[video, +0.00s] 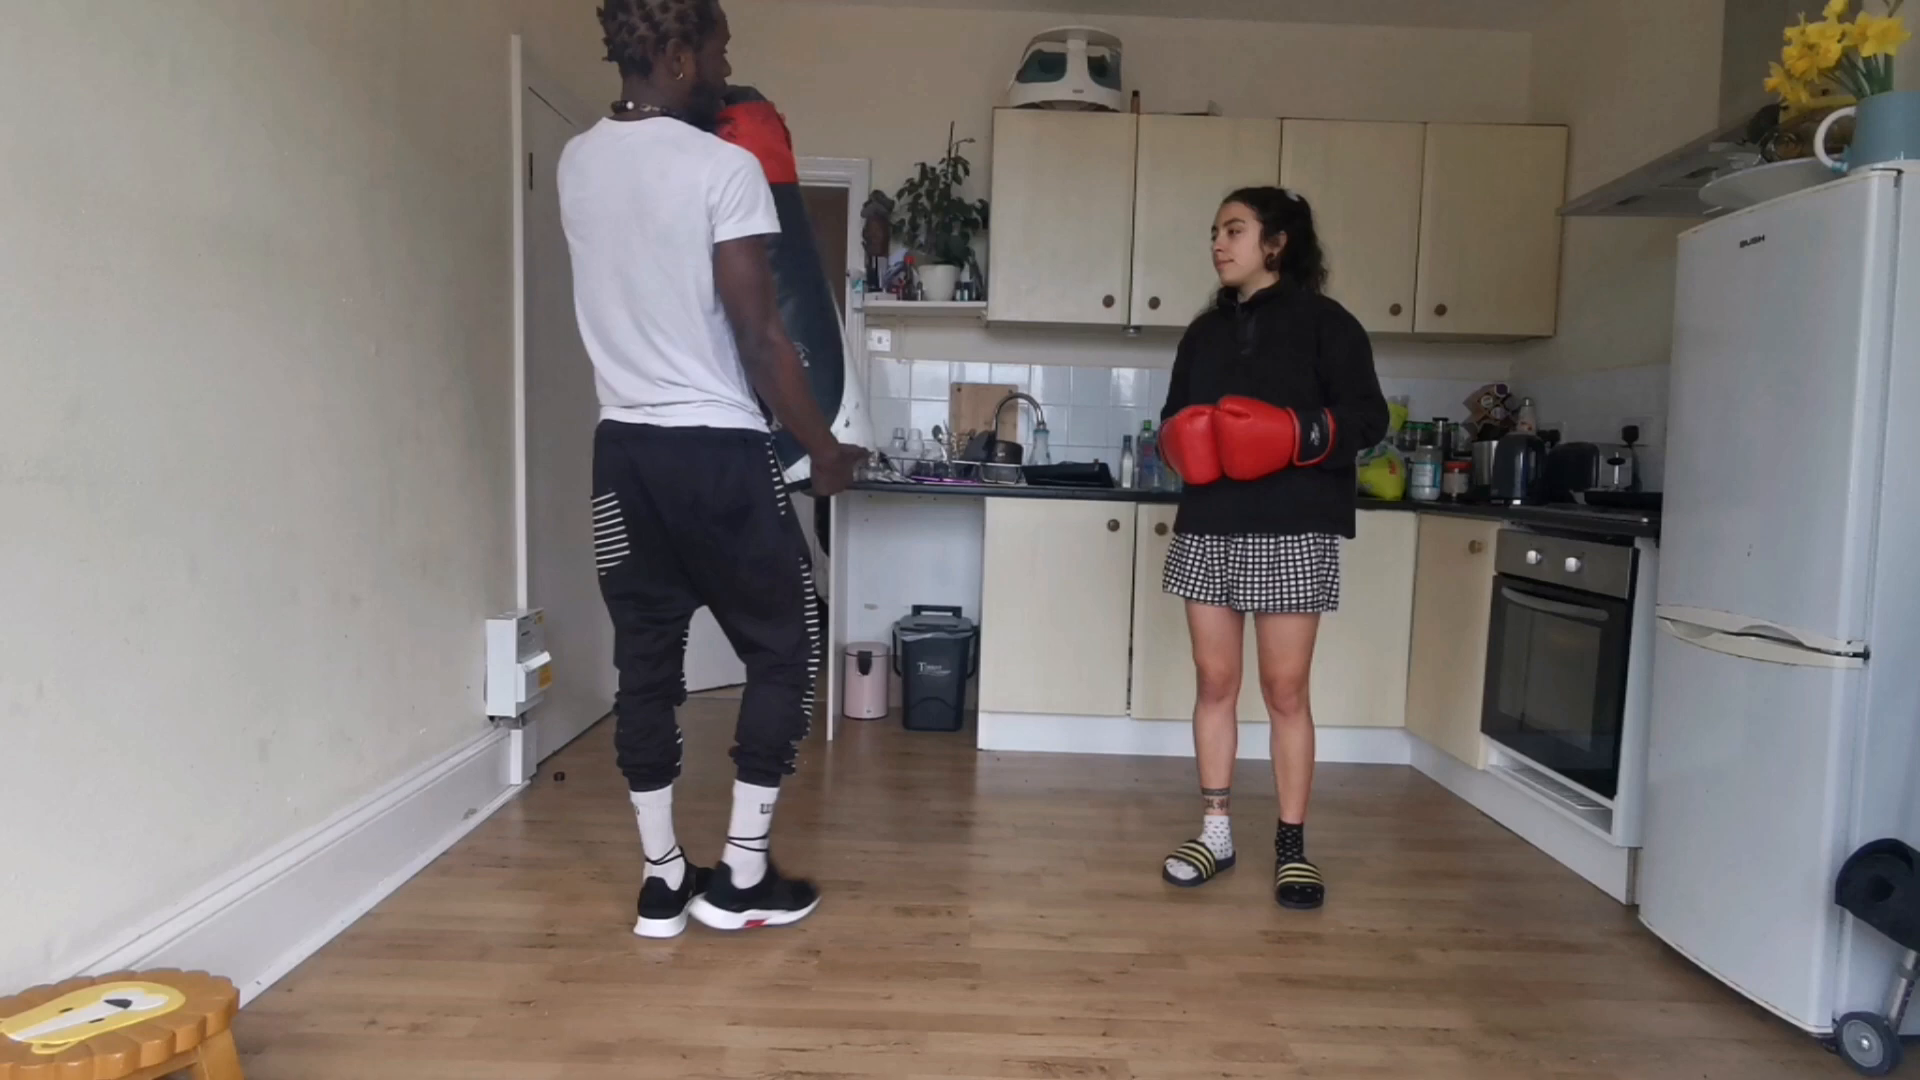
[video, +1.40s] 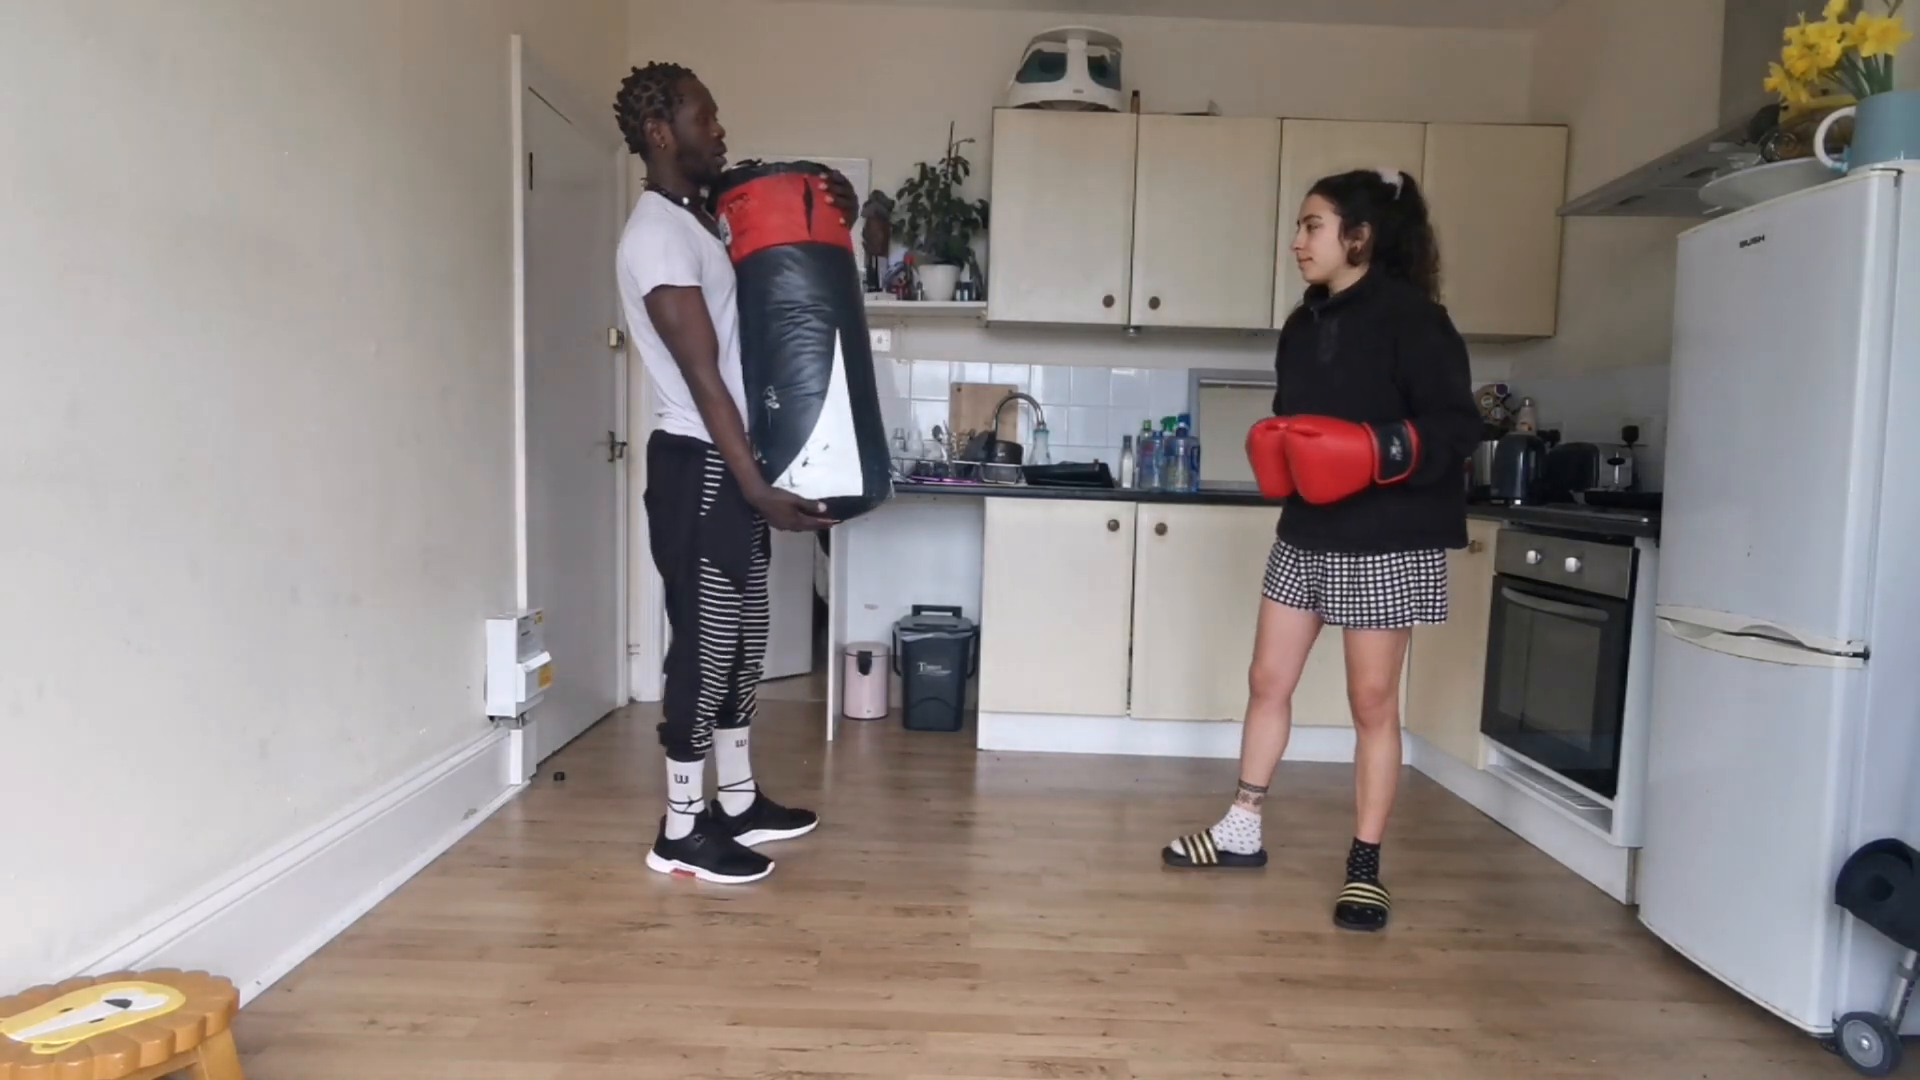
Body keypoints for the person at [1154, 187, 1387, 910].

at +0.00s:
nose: (1217, 244)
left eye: (1232, 231)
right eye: (1216, 233)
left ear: (1277, 242)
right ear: (1224, 245)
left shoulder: (1327, 323)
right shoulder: (1204, 330)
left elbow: (1370, 418)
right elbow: (1178, 425)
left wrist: (1301, 432)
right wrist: (1181, 443)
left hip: (1295, 525)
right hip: (1209, 522)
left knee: (1285, 689)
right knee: (1214, 680)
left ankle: (1291, 845)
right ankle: (1214, 832)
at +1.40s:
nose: (1298, 241)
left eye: (1312, 227)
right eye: (1298, 227)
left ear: (1360, 237)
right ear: (1318, 239)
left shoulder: (1412, 317)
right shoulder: (1303, 327)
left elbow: (1462, 426)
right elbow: (1292, 428)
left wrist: (1384, 450)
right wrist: (1276, 454)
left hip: (1389, 534)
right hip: (1307, 526)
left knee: (1372, 702)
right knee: (1269, 681)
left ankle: (1364, 863)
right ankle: (1242, 826)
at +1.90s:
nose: (1232, 258)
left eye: (1244, 243)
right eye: (1233, 244)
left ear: (1290, 249)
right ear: (1274, 253)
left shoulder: (1337, 319)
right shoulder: (1258, 333)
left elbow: (1368, 429)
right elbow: (1268, 435)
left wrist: (1271, 434)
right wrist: (1211, 449)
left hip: (1346, 532)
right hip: (1275, 531)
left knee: (1339, 703)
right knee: (1263, 687)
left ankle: (1361, 865)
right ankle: (1243, 831)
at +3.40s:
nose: (1160, 263)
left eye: (1172, 250)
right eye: (1162, 250)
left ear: (1213, 259)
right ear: (1196, 260)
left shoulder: (1257, 324)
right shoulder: (1182, 334)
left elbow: (1259, 428)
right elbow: (1182, 441)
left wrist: (1174, 405)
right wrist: (1127, 418)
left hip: (1272, 523)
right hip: (1201, 525)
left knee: (1272, 687)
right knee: (1197, 675)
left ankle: (1302, 832)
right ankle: (1178, 817)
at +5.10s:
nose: (1207, 264)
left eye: (1221, 250)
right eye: (1204, 252)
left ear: (1264, 250)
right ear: (1209, 256)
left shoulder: (1307, 314)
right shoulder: (1216, 323)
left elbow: (1249, 390)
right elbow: (1168, 404)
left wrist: (1228, 313)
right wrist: (1164, 323)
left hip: (1294, 517)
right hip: (1215, 517)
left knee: (1299, 687)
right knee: (1185, 676)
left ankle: (1307, 833)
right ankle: (1148, 810)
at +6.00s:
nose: (1237, 261)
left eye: (1249, 248)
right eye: (1235, 248)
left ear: (1288, 255)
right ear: (1248, 262)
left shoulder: (1323, 318)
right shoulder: (1237, 319)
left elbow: (1247, 382)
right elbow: (1177, 392)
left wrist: (1241, 304)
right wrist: (1186, 305)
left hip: (1293, 518)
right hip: (1218, 514)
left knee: (1297, 684)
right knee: (1180, 674)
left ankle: (1307, 835)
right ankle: (1148, 810)